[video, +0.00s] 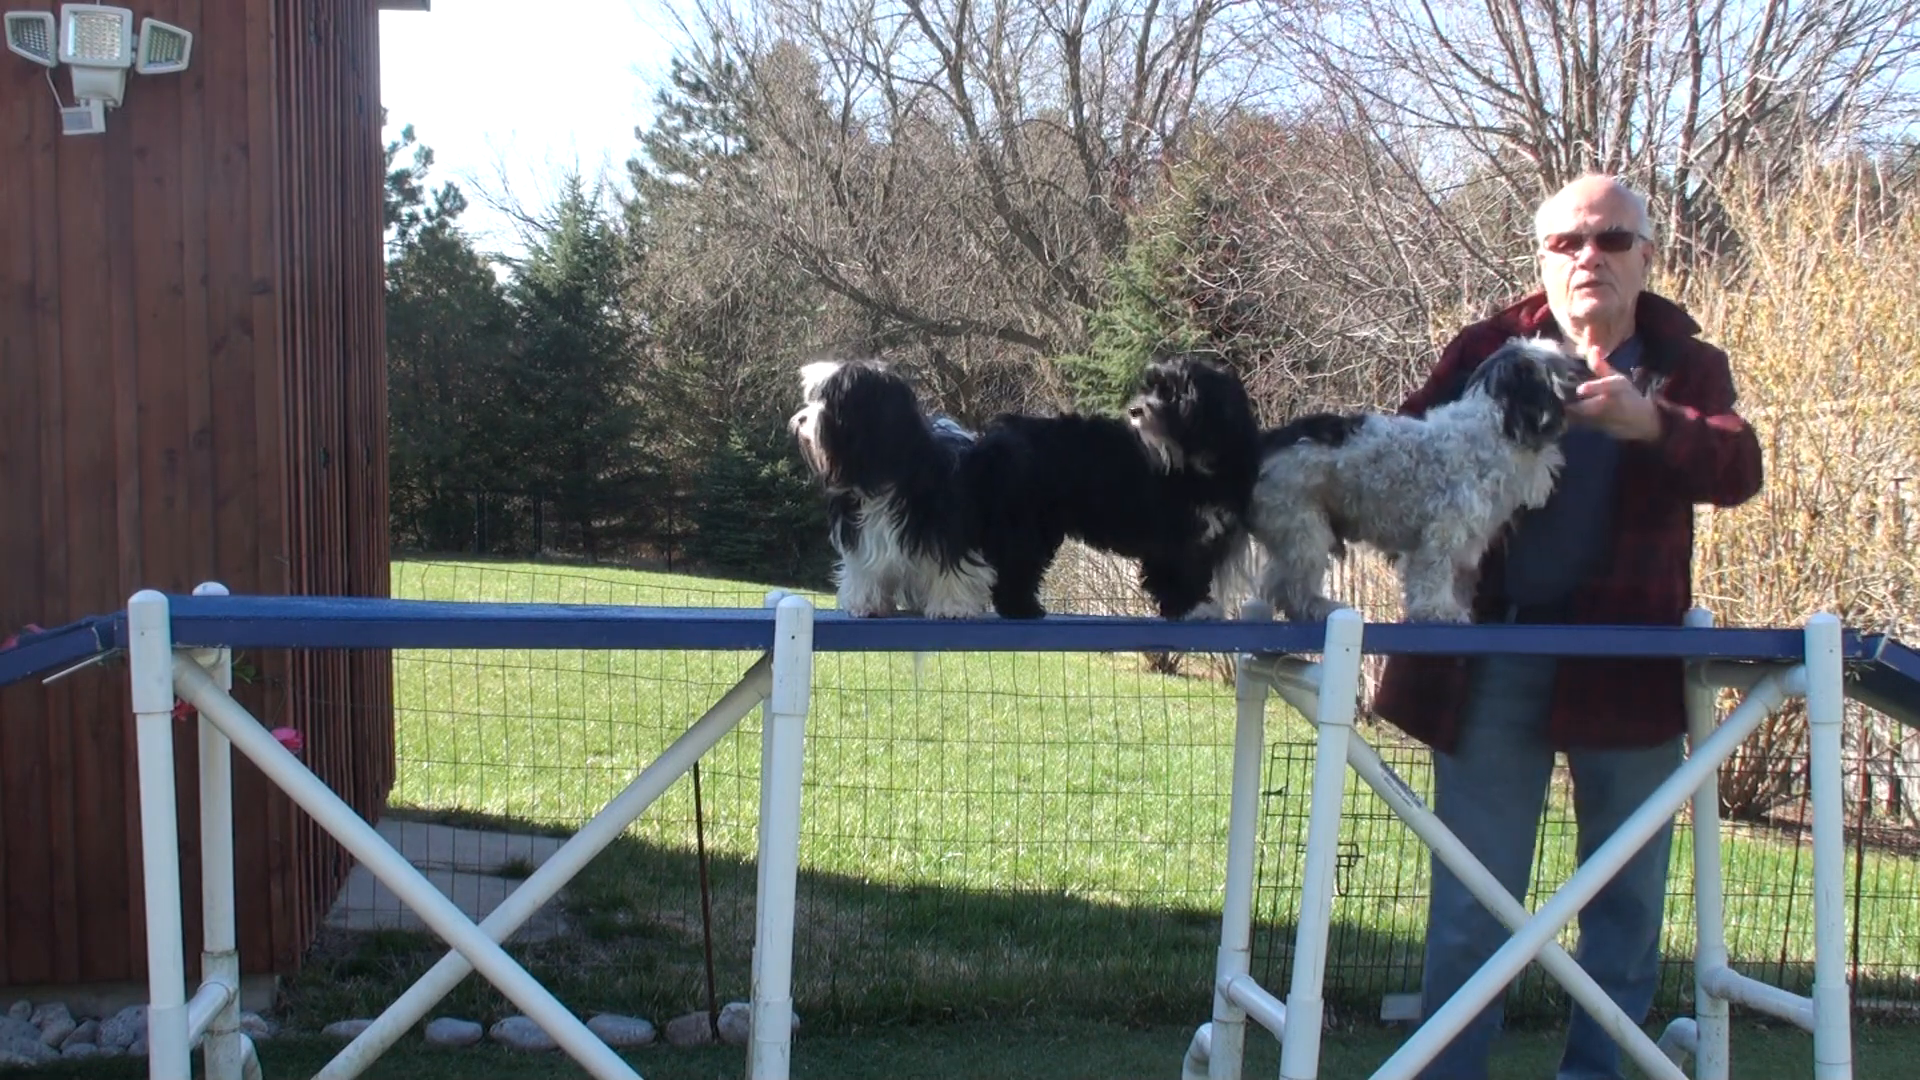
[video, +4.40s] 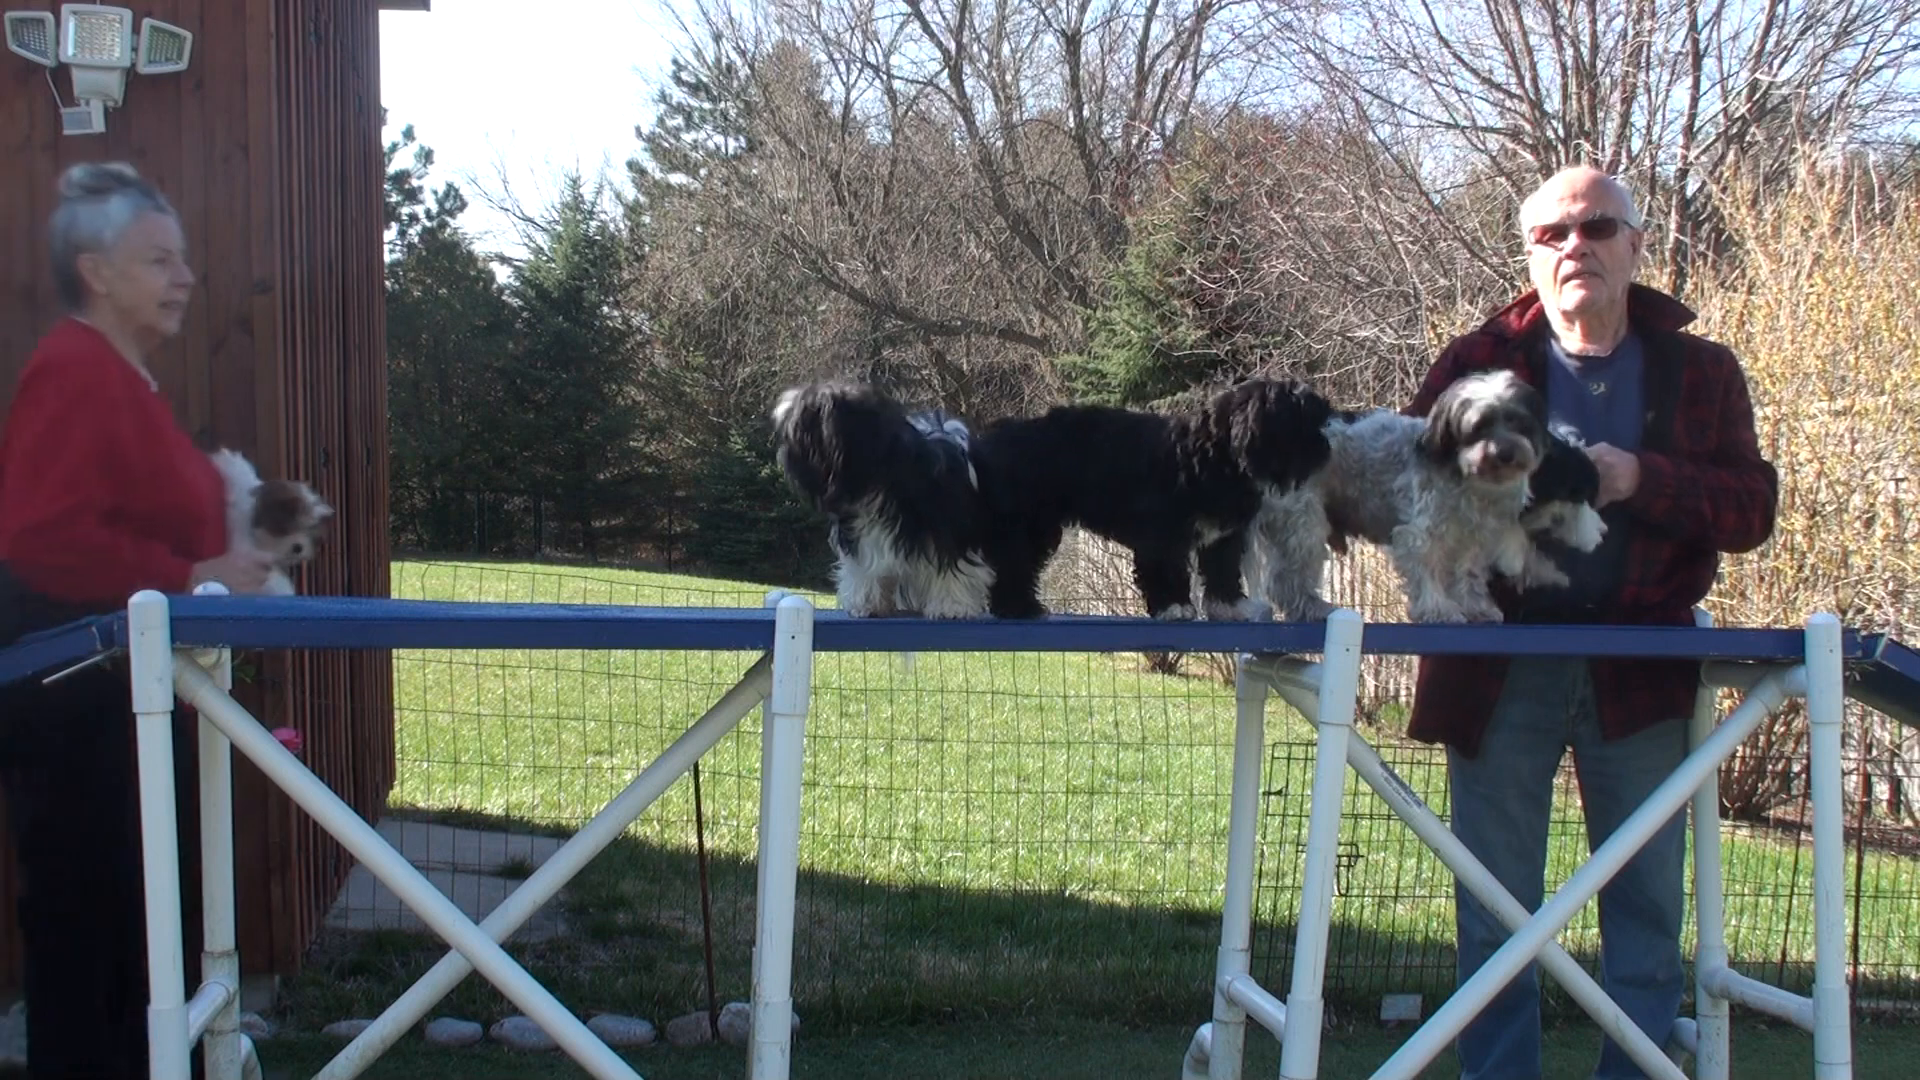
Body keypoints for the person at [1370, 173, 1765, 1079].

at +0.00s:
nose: (1590, 256)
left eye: (1612, 240)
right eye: (1569, 241)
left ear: (1646, 254)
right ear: (1541, 258)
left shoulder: (1682, 355)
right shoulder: (1486, 350)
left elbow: (1741, 473)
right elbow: (1404, 454)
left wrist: (1655, 424)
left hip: (1631, 652)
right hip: (1496, 645)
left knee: (1627, 889)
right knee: (1473, 881)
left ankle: (1599, 1064)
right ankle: (1448, 1063)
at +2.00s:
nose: (1574, 257)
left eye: (1596, 238)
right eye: (1552, 243)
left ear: (1635, 250)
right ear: (1530, 259)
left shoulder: (1683, 350)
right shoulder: (1483, 353)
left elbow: (1720, 438)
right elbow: (1420, 457)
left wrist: (1619, 416)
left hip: (1633, 660)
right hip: (1498, 657)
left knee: (1644, 899)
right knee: (1494, 898)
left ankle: (1638, 1069)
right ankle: (1497, 1063)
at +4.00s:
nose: (1590, 246)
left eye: (1614, 229)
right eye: (1569, 232)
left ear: (1654, 244)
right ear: (1544, 250)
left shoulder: (1709, 371)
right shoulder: (1490, 351)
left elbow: (1753, 512)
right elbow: (1359, 425)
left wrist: (1624, 478)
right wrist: (1410, 436)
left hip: (1640, 665)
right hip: (1498, 660)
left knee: (1646, 906)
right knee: (1492, 905)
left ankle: (1639, 1071)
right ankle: (1496, 1065)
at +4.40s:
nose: (1575, 246)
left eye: (1597, 228)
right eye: (1552, 233)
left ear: (1636, 243)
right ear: (1528, 255)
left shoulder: (1701, 371)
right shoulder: (1474, 364)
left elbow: (1751, 509)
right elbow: (1402, 480)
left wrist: (1640, 478)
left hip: (1641, 665)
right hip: (1501, 662)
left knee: (1645, 912)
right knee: (1493, 909)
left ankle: (1641, 1073)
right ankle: (1495, 1068)